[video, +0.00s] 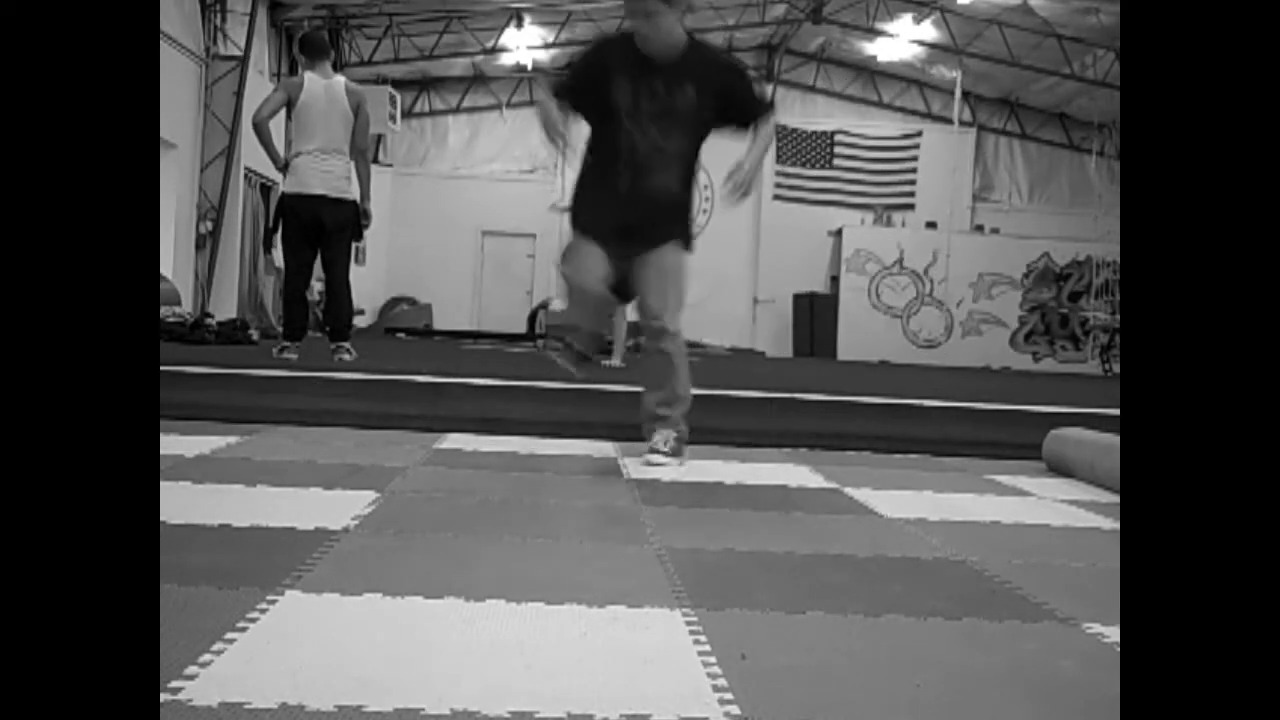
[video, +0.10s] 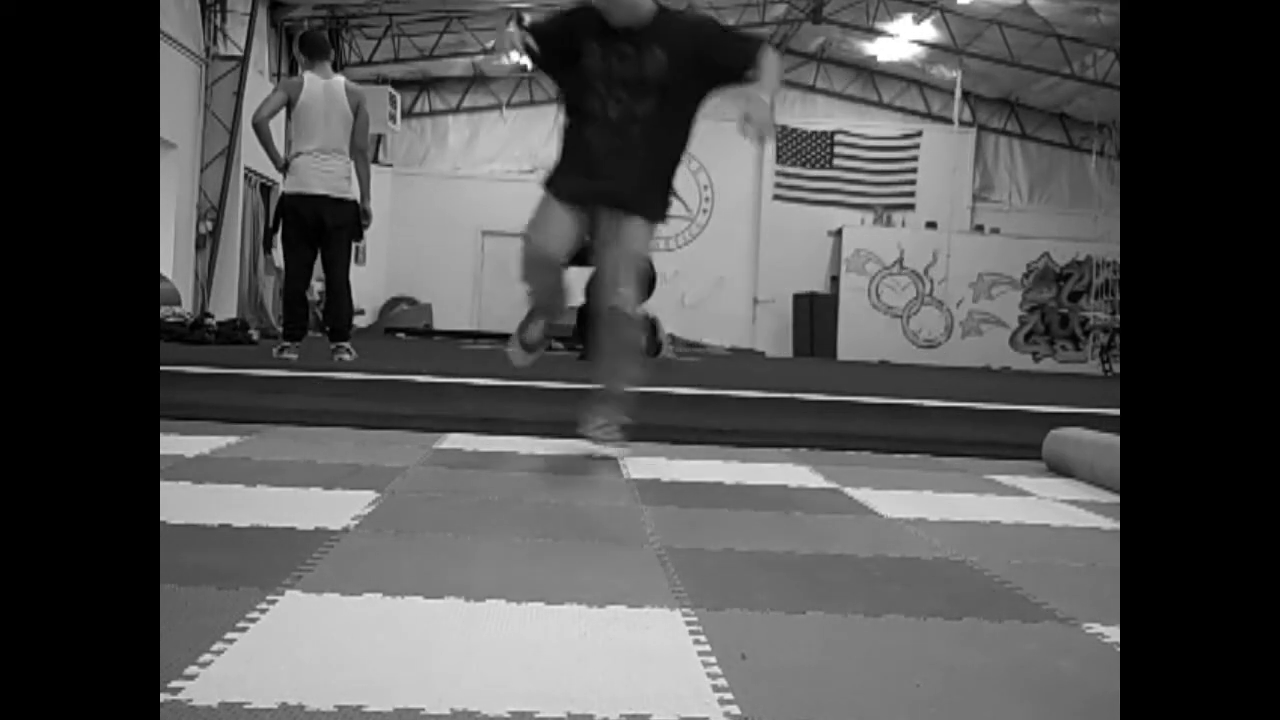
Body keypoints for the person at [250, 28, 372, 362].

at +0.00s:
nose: (301, 63)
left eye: (300, 58)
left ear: (302, 57)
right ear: (331, 55)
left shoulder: (292, 85)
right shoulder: (355, 94)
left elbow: (259, 119)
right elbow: (361, 153)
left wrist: (278, 162)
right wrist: (365, 202)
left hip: (298, 194)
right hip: (340, 197)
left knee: (295, 274)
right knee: (338, 276)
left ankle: (290, 344)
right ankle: (341, 345)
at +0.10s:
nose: (299, 62)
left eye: (299, 57)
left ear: (302, 57)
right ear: (331, 55)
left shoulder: (292, 86)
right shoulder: (354, 94)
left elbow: (259, 119)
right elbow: (360, 152)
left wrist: (278, 162)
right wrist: (365, 201)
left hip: (298, 194)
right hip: (340, 196)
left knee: (295, 274)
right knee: (338, 276)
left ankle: (290, 344)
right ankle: (341, 345)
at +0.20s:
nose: (299, 62)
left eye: (299, 58)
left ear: (302, 57)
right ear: (331, 55)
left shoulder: (292, 86)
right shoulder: (354, 94)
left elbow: (258, 120)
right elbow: (360, 152)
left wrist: (278, 162)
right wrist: (365, 201)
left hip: (298, 194)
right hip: (340, 196)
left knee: (295, 274)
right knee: (338, 276)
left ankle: (290, 344)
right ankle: (341, 345)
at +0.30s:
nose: (299, 62)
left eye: (299, 57)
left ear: (302, 57)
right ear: (331, 54)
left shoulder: (292, 86)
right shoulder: (354, 94)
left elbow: (258, 120)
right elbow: (360, 152)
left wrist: (278, 162)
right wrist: (366, 202)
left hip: (298, 195)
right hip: (340, 198)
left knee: (295, 275)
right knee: (338, 276)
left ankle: (290, 344)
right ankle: (341, 345)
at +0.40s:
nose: (300, 64)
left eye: (299, 59)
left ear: (301, 58)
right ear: (330, 55)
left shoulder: (292, 86)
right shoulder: (354, 94)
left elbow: (258, 120)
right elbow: (360, 152)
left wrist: (278, 162)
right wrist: (366, 202)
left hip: (298, 195)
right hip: (340, 198)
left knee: (295, 274)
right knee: (338, 276)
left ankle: (290, 343)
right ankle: (341, 345)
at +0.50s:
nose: (301, 64)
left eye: (300, 59)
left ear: (301, 58)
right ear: (330, 55)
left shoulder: (292, 86)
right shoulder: (353, 94)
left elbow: (258, 120)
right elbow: (360, 152)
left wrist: (278, 162)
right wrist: (366, 202)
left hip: (298, 195)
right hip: (340, 198)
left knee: (295, 274)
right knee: (338, 276)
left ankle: (290, 343)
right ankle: (341, 345)